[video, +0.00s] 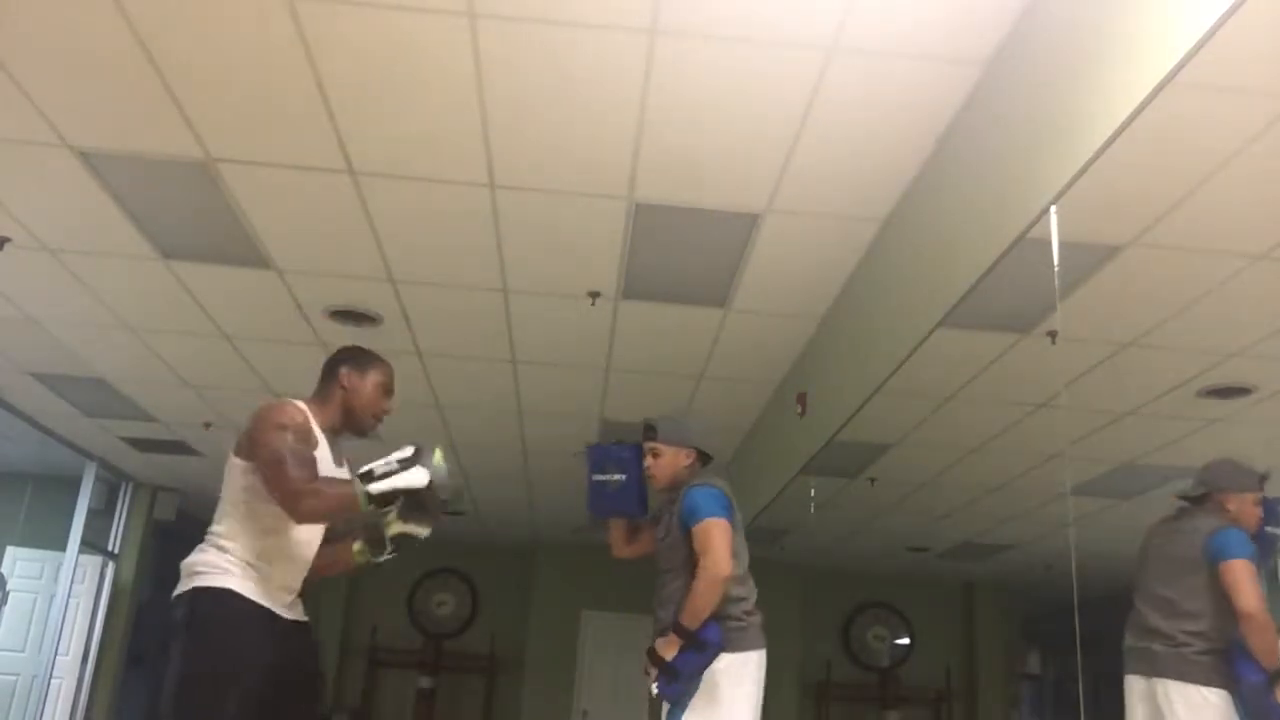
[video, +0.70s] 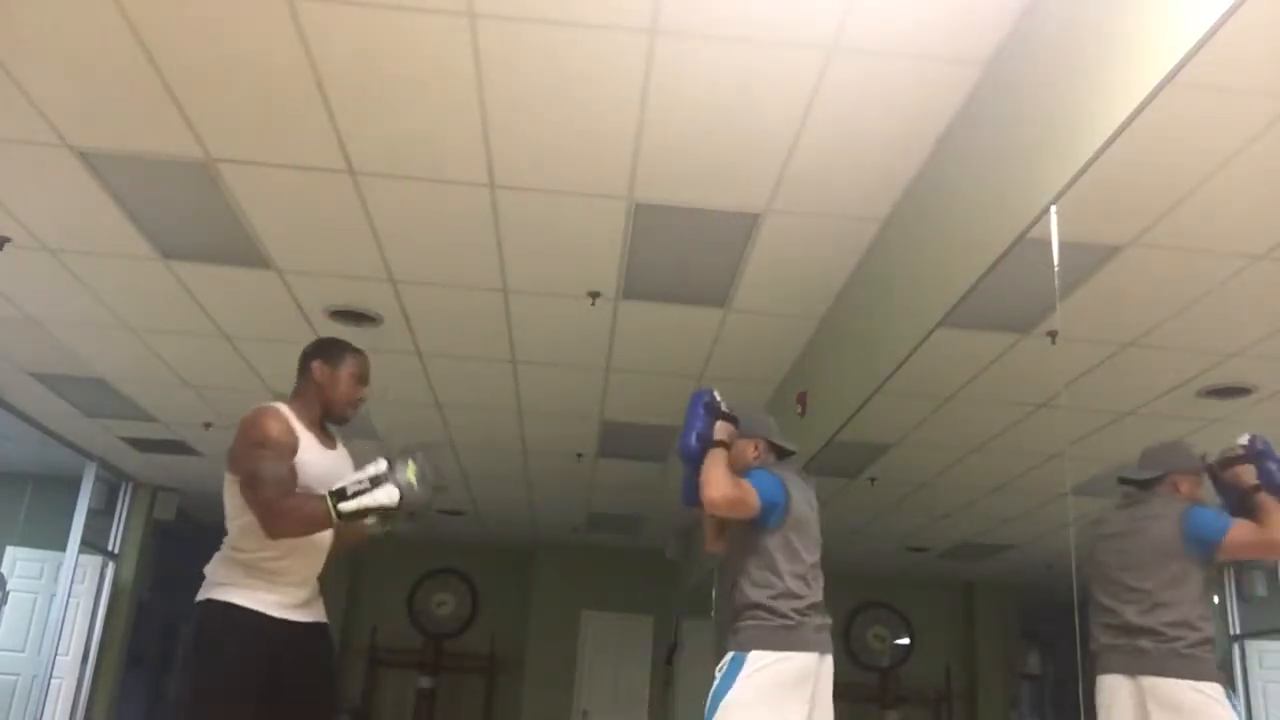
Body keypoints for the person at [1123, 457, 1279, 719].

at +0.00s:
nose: (1261, 514)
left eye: (1261, 504)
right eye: (1255, 503)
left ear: (1207, 500)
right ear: (1227, 501)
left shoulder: (1161, 529)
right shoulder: (1227, 535)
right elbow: (1250, 612)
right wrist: (1276, 669)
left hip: (1138, 671)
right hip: (1192, 676)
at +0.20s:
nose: (1233, 504)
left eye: (1232, 494)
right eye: (1228, 495)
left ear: (1179, 495)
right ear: (1201, 494)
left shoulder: (1135, 531)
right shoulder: (1208, 532)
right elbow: (1242, 610)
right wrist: (1271, 664)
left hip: (1131, 680)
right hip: (1190, 684)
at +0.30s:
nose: (1214, 505)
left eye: (1214, 496)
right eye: (1209, 496)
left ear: (1164, 497)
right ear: (1183, 496)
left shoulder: (1118, 536)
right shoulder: (1191, 534)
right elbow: (1227, 611)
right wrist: (1261, 666)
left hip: (1121, 686)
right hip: (1182, 687)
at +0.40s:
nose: (1200, 502)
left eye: (1199, 494)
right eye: (1195, 494)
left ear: (1147, 495)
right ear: (1171, 495)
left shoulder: (1104, 533)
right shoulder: (1178, 530)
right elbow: (1212, 603)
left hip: (1111, 686)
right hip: (1173, 687)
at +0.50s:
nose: (1194, 500)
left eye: (1194, 491)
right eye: (1189, 491)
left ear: (1140, 491)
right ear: (1164, 490)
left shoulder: (1101, 527)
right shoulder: (1169, 524)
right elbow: (1226, 581)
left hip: (1103, 682)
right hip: (1168, 682)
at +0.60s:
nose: (1191, 495)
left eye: (1192, 487)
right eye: (1188, 487)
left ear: (1136, 485)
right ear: (1165, 486)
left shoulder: (1098, 527)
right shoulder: (1170, 520)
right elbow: (1259, 554)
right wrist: (1252, 503)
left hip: (1104, 678)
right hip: (1171, 677)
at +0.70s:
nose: (1200, 494)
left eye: (1200, 484)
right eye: (1197, 484)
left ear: (1145, 484)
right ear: (1178, 484)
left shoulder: (1102, 526)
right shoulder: (1187, 519)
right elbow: (1272, 538)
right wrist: (1253, 487)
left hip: (1112, 682)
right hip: (1182, 682)